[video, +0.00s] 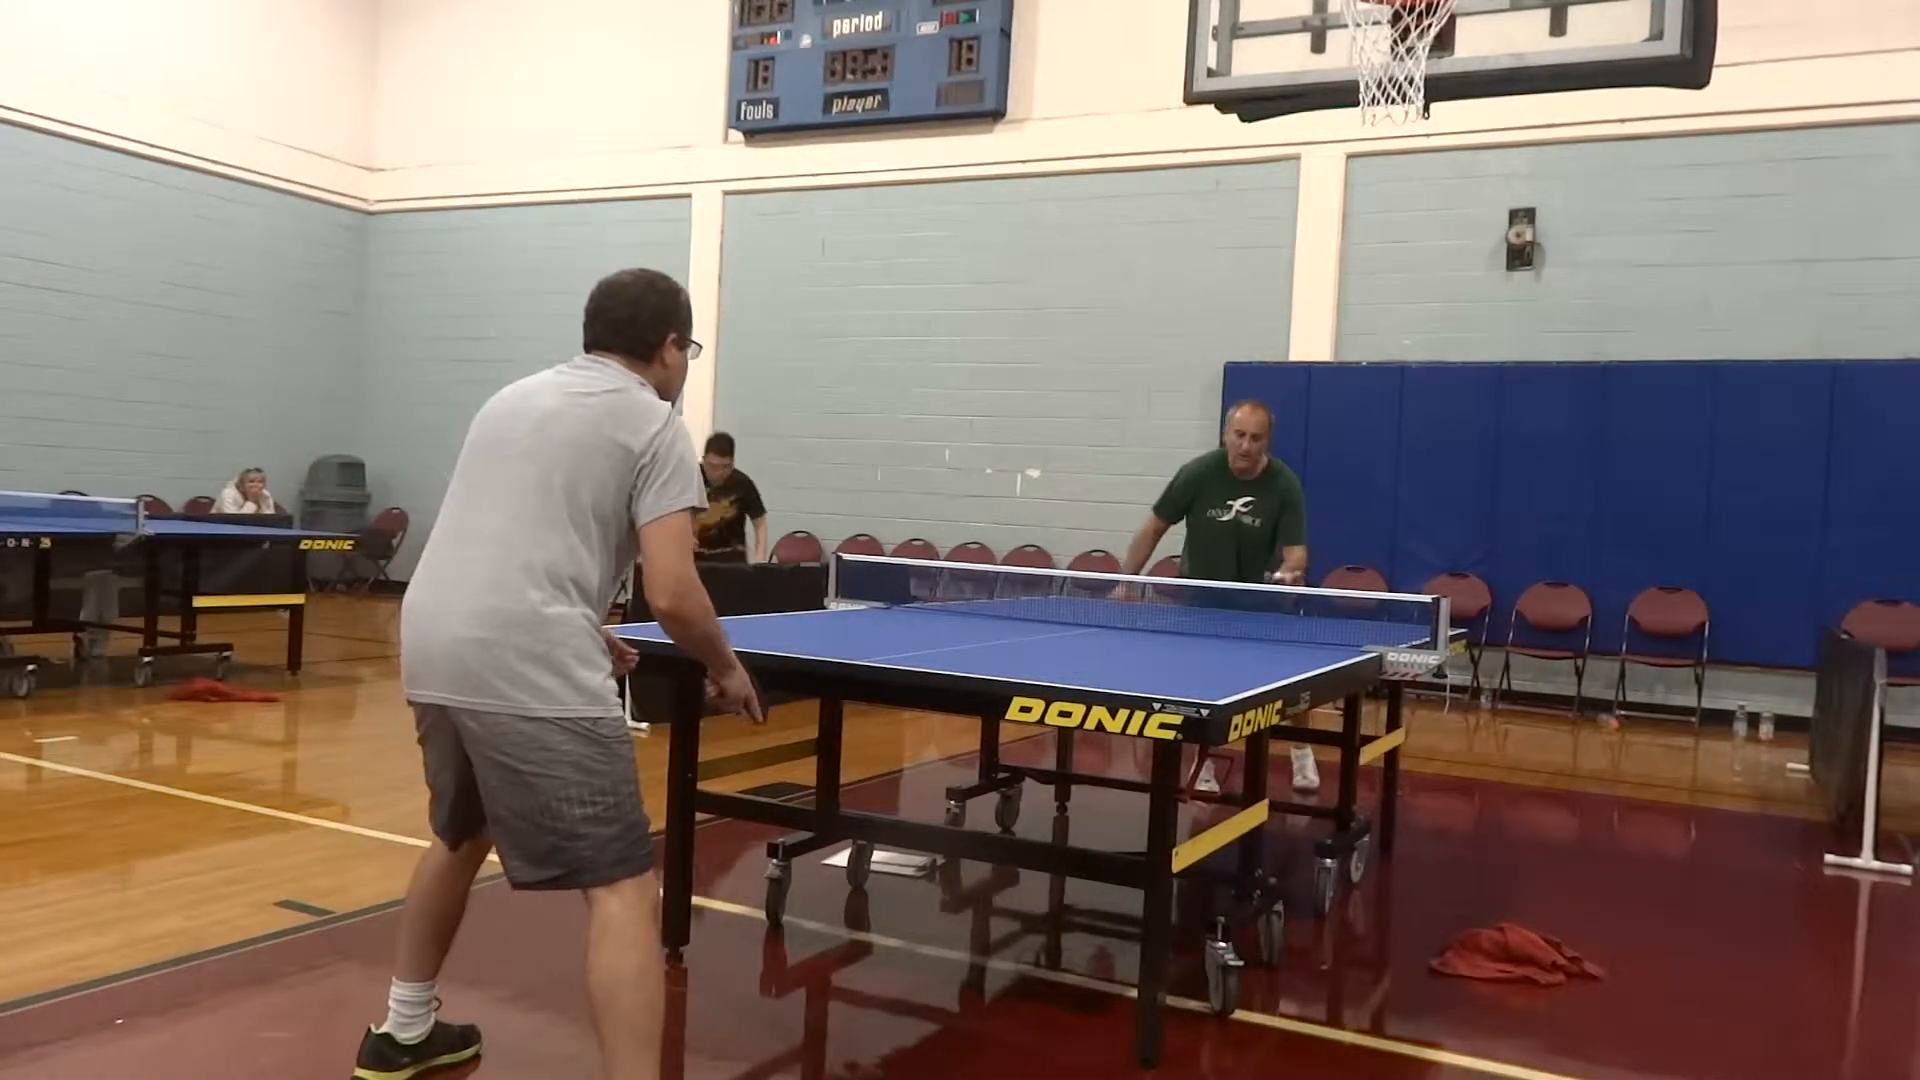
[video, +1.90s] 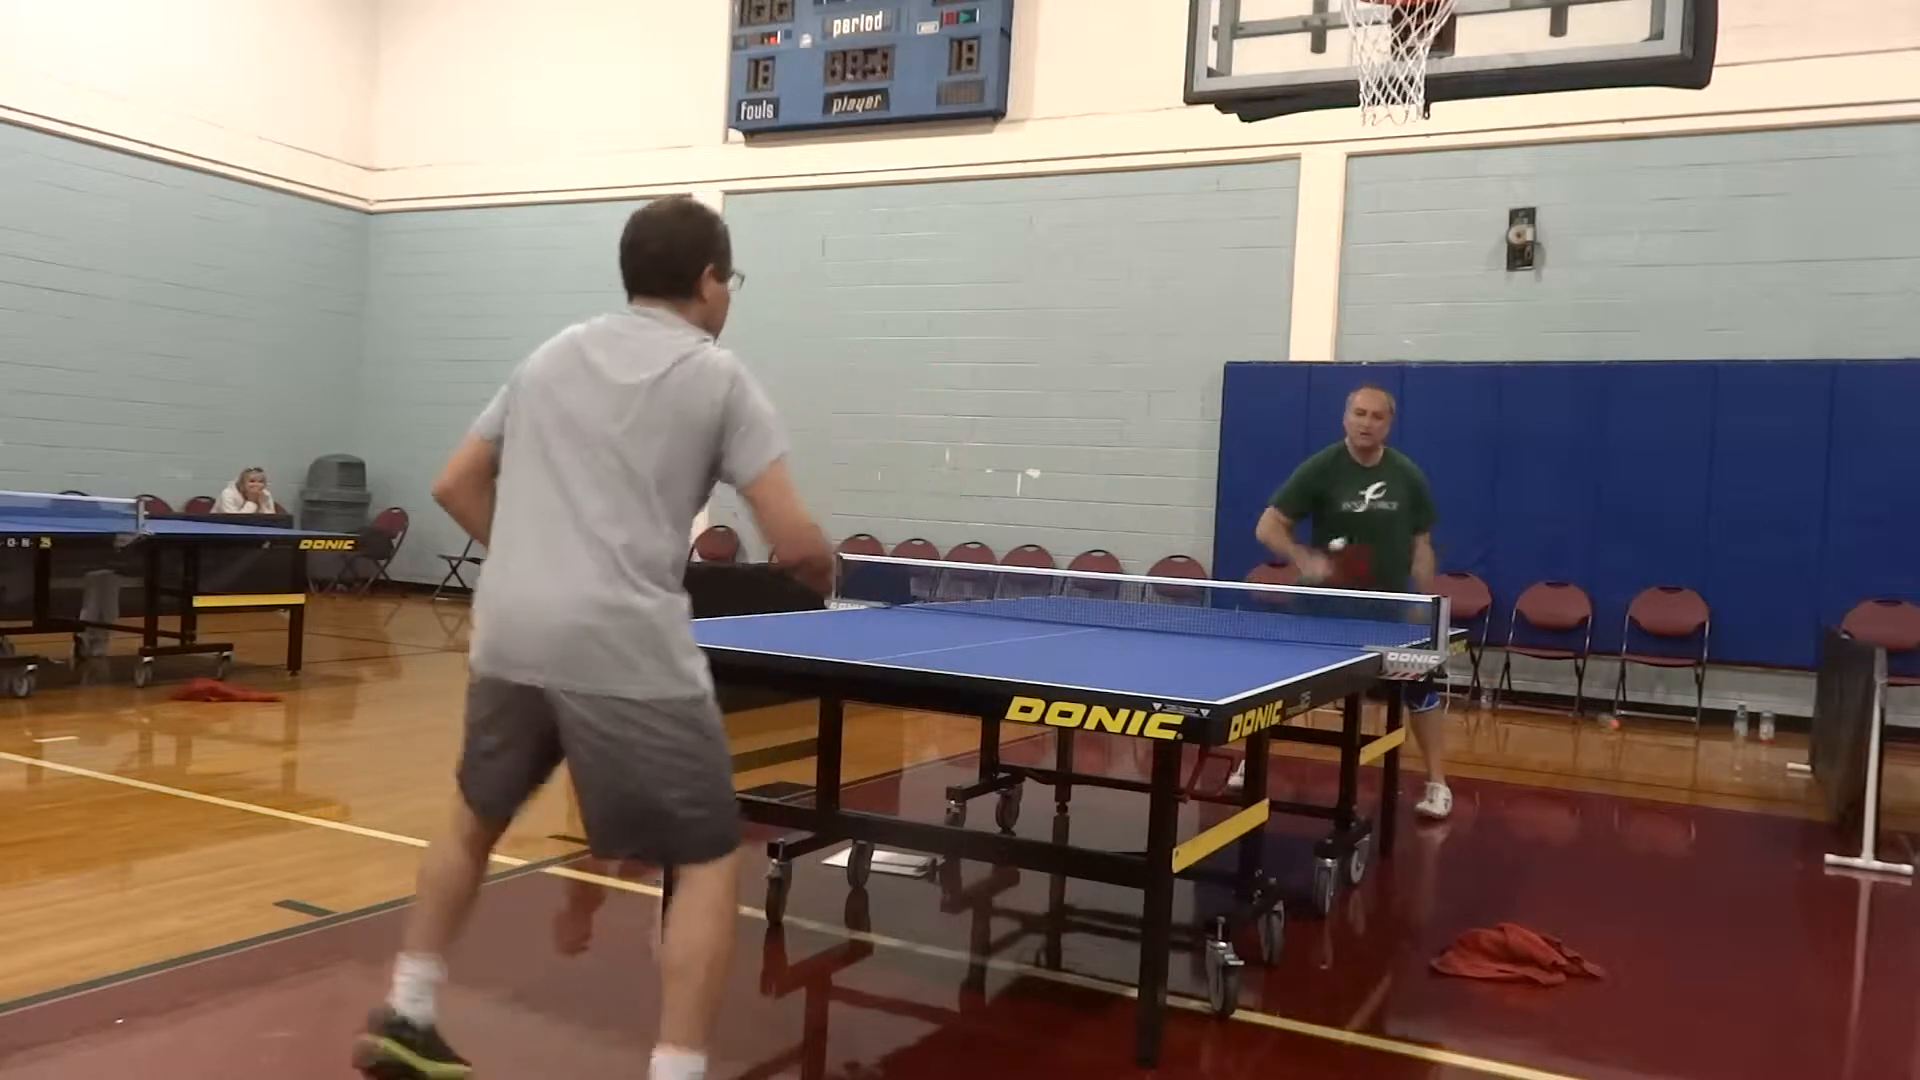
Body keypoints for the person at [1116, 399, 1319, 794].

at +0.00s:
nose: (1245, 445)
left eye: (1255, 437)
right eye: (1238, 435)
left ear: (1268, 441)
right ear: (1225, 435)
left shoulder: (1284, 484)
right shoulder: (1197, 475)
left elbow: (1296, 551)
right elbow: (1154, 527)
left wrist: (1290, 571)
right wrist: (1127, 580)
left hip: (1260, 602)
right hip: (1203, 598)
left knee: (1281, 673)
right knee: (1201, 676)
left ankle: (1300, 749)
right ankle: (1207, 759)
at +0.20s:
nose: (1261, 424)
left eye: (1269, 416)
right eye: (1254, 414)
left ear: (1279, 422)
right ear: (1237, 417)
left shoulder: (1296, 468)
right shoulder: (1209, 461)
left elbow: (1314, 538)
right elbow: (1170, 523)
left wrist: (1311, 521)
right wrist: (1171, 577)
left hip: (1268, 591)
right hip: (1210, 588)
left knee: (1293, 668)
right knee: (1207, 671)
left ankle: (1302, 748)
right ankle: (1208, 757)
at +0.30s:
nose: (1268, 413)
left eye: (1276, 405)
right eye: (1260, 404)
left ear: (1284, 410)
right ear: (1241, 408)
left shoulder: (1300, 457)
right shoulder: (1212, 454)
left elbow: (1316, 520)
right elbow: (1182, 521)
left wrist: (1326, 518)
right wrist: (1215, 564)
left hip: (1278, 583)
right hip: (1219, 582)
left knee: (1298, 661)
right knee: (1214, 664)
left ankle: (1301, 748)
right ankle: (1210, 756)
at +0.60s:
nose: (1282, 426)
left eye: (1288, 417)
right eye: (1273, 417)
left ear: (1295, 420)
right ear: (1253, 419)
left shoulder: (1311, 466)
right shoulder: (1230, 464)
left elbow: (1334, 533)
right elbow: (1229, 537)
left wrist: (1356, 572)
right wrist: (1284, 560)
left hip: (1292, 594)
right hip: (1232, 591)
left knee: (1306, 671)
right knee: (1222, 668)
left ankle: (1300, 754)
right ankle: (1211, 757)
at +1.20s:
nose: (1288, 410)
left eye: (1298, 403)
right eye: (1281, 402)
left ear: (1313, 412)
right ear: (1270, 410)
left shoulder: (1343, 461)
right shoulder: (1247, 466)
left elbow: (1373, 518)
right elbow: (1231, 526)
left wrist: (1379, 573)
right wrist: (1241, 566)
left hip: (1333, 596)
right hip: (1268, 597)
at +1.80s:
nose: (1360, 416)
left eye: (1371, 409)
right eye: (1354, 407)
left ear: (1385, 416)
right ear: (1341, 411)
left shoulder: (1412, 468)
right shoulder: (1317, 463)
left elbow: (1435, 534)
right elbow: (1271, 523)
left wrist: (1404, 572)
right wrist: (1296, 565)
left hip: (1388, 610)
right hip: (1321, 606)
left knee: (1424, 685)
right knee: (1272, 676)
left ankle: (1437, 780)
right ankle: (1252, 763)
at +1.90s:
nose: (1366, 423)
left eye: (1376, 416)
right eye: (1359, 414)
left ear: (1390, 423)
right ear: (1345, 418)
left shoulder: (1408, 477)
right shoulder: (1320, 469)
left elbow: (1421, 544)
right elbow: (1268, 527)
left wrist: (1424, 607)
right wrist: (1301, 557)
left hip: (1391, 614)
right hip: (1323, 611)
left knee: (1423, 686)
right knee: (1275, 679)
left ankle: (1436, 781)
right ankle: (1252, 761)